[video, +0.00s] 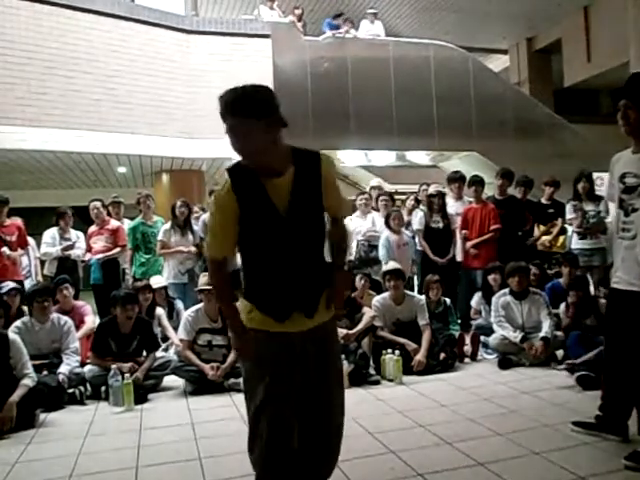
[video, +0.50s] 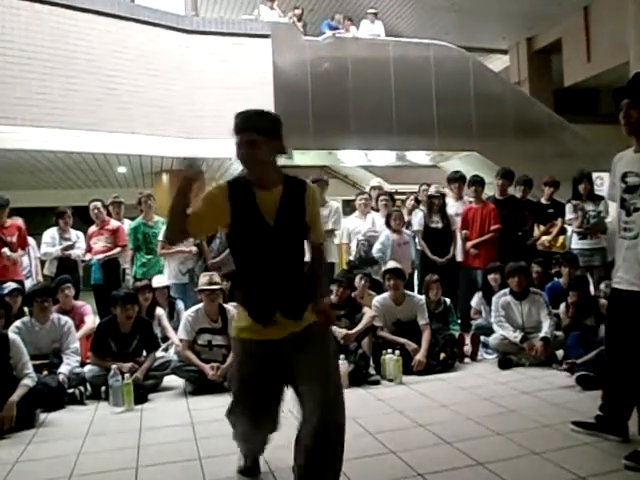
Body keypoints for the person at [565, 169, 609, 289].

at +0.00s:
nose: (583, 185)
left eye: (586, 182)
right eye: (580, 182)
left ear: (591, 184)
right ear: (576, 185)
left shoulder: (600, 201)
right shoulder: (571, 204)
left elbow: (603, 222)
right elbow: (576, 225)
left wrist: (586, 229)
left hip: (598, 247)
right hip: (579, 247)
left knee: (598, 283)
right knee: (580, 283)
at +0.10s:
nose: (583, 185)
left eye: (586, 182)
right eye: (580, 182)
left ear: (591, 184)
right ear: (575, 185)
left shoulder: (601, 202)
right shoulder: (571, 204)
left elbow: (603, 224)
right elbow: (575, 226)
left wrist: (585, 229)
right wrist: (581, 213)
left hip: (598, 247)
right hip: (579, 247)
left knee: (598, 283)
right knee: (580, 283)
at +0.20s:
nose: (584, 186)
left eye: (587, 182)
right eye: (580, 183)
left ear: (591, 185)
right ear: (576, 186)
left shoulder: (600, 202)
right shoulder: (571, 205)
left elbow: (603, 224)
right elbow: (575, 226)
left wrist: (586, 229)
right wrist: (581, 215)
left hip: (598, 247)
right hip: (579, 247)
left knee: (599, 284)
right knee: (580, 284)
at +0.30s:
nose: (584, 186)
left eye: (587, 183)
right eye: (580, 183)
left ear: (591, 185)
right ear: (576, 186)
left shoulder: (600, 202)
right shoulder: (571, 204)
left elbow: (603, 224)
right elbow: (575, 226)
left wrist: (586, 229)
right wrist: (581, 215)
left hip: (598, 247)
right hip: (579, 248)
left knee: (598, 284)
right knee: (580, 284)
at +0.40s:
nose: (584, 186)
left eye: (587, 182)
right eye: (581, 183)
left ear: (591, 185)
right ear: (576, 186)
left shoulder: (600, 202)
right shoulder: (571, 204)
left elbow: (602, 224)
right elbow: (575, 226)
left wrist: (586, 229)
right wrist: (581, 214)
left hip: (597, 247)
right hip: (579, 247)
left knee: (599, 285)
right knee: (579, 284)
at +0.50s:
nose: (584, 186)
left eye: (587, 183)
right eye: (581, 183)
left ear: (591, 185)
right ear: (576, 186)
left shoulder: (601, 202)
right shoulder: (571, 204)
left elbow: (602, 224)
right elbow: (575, 226)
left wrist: (585, 230)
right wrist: (581, 214)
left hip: (598, 247)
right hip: (579, 247)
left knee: (600, 285)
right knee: (579, 285)